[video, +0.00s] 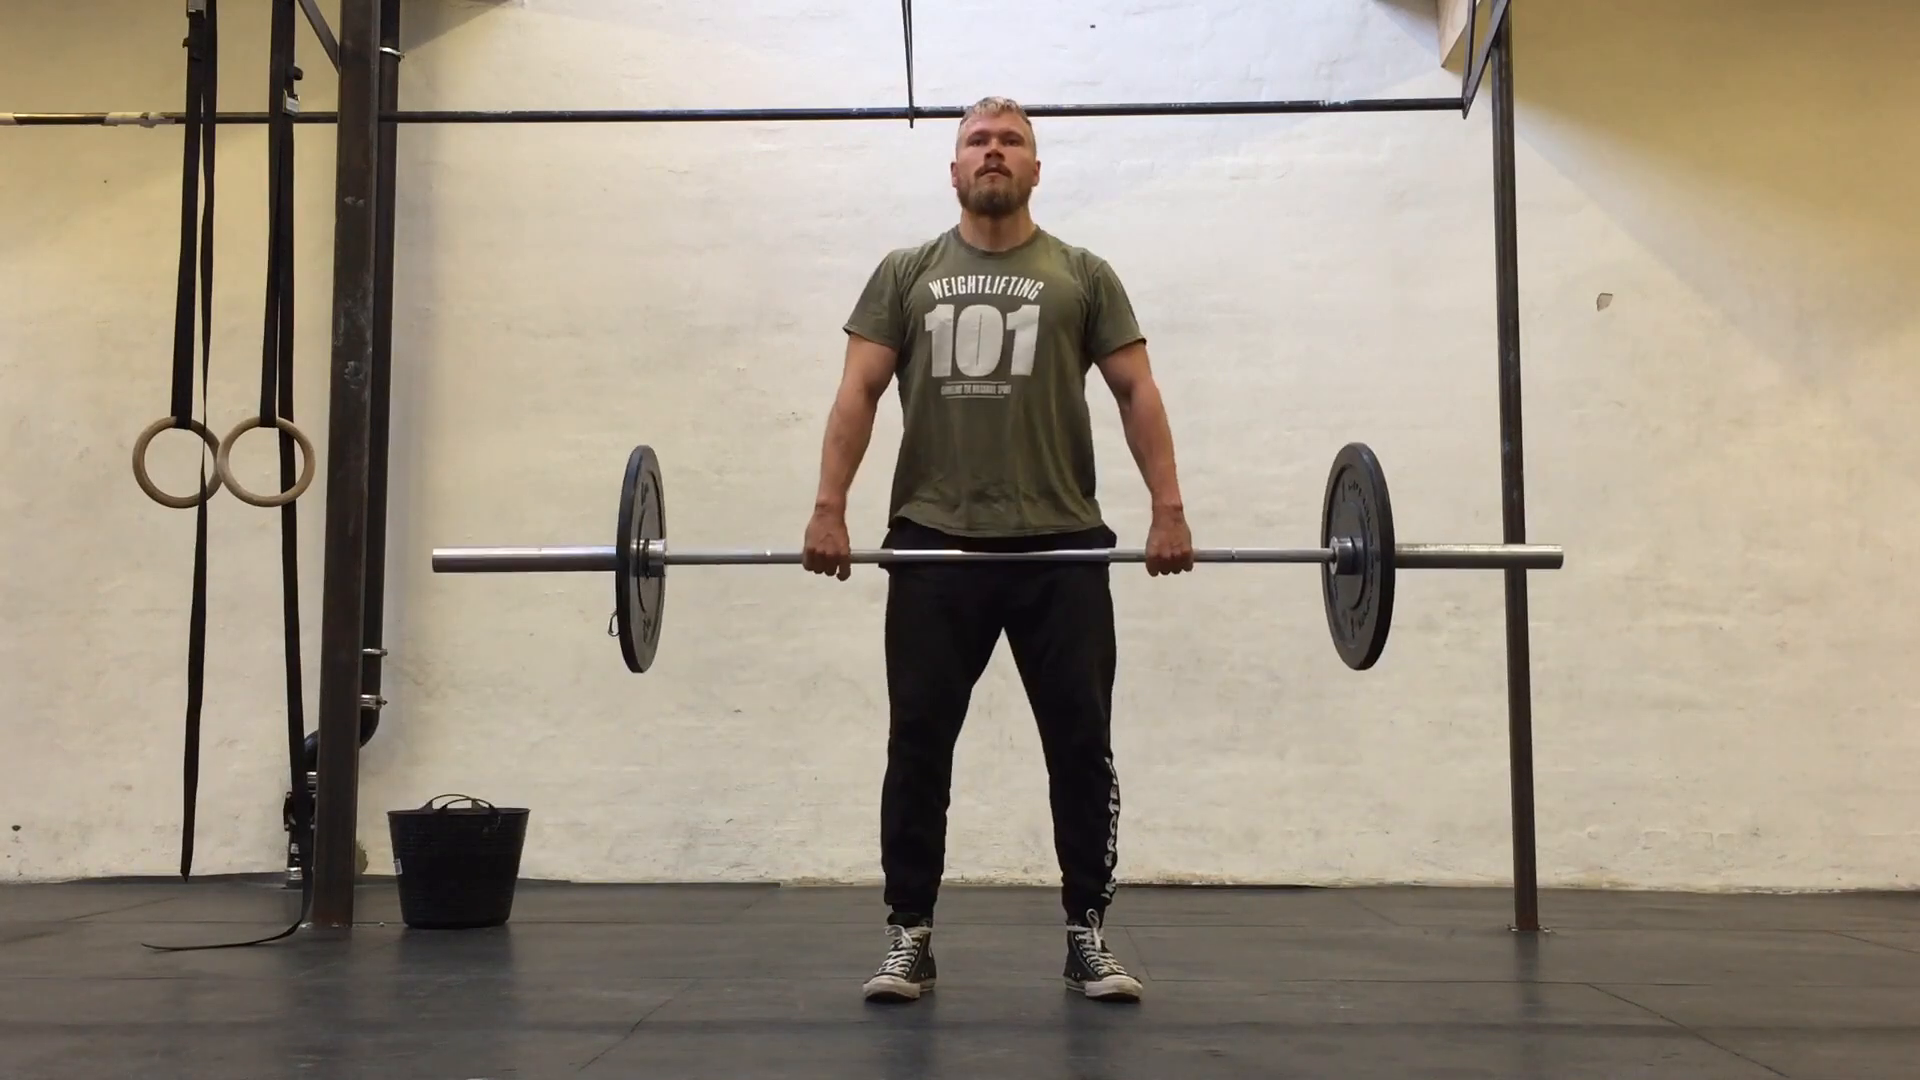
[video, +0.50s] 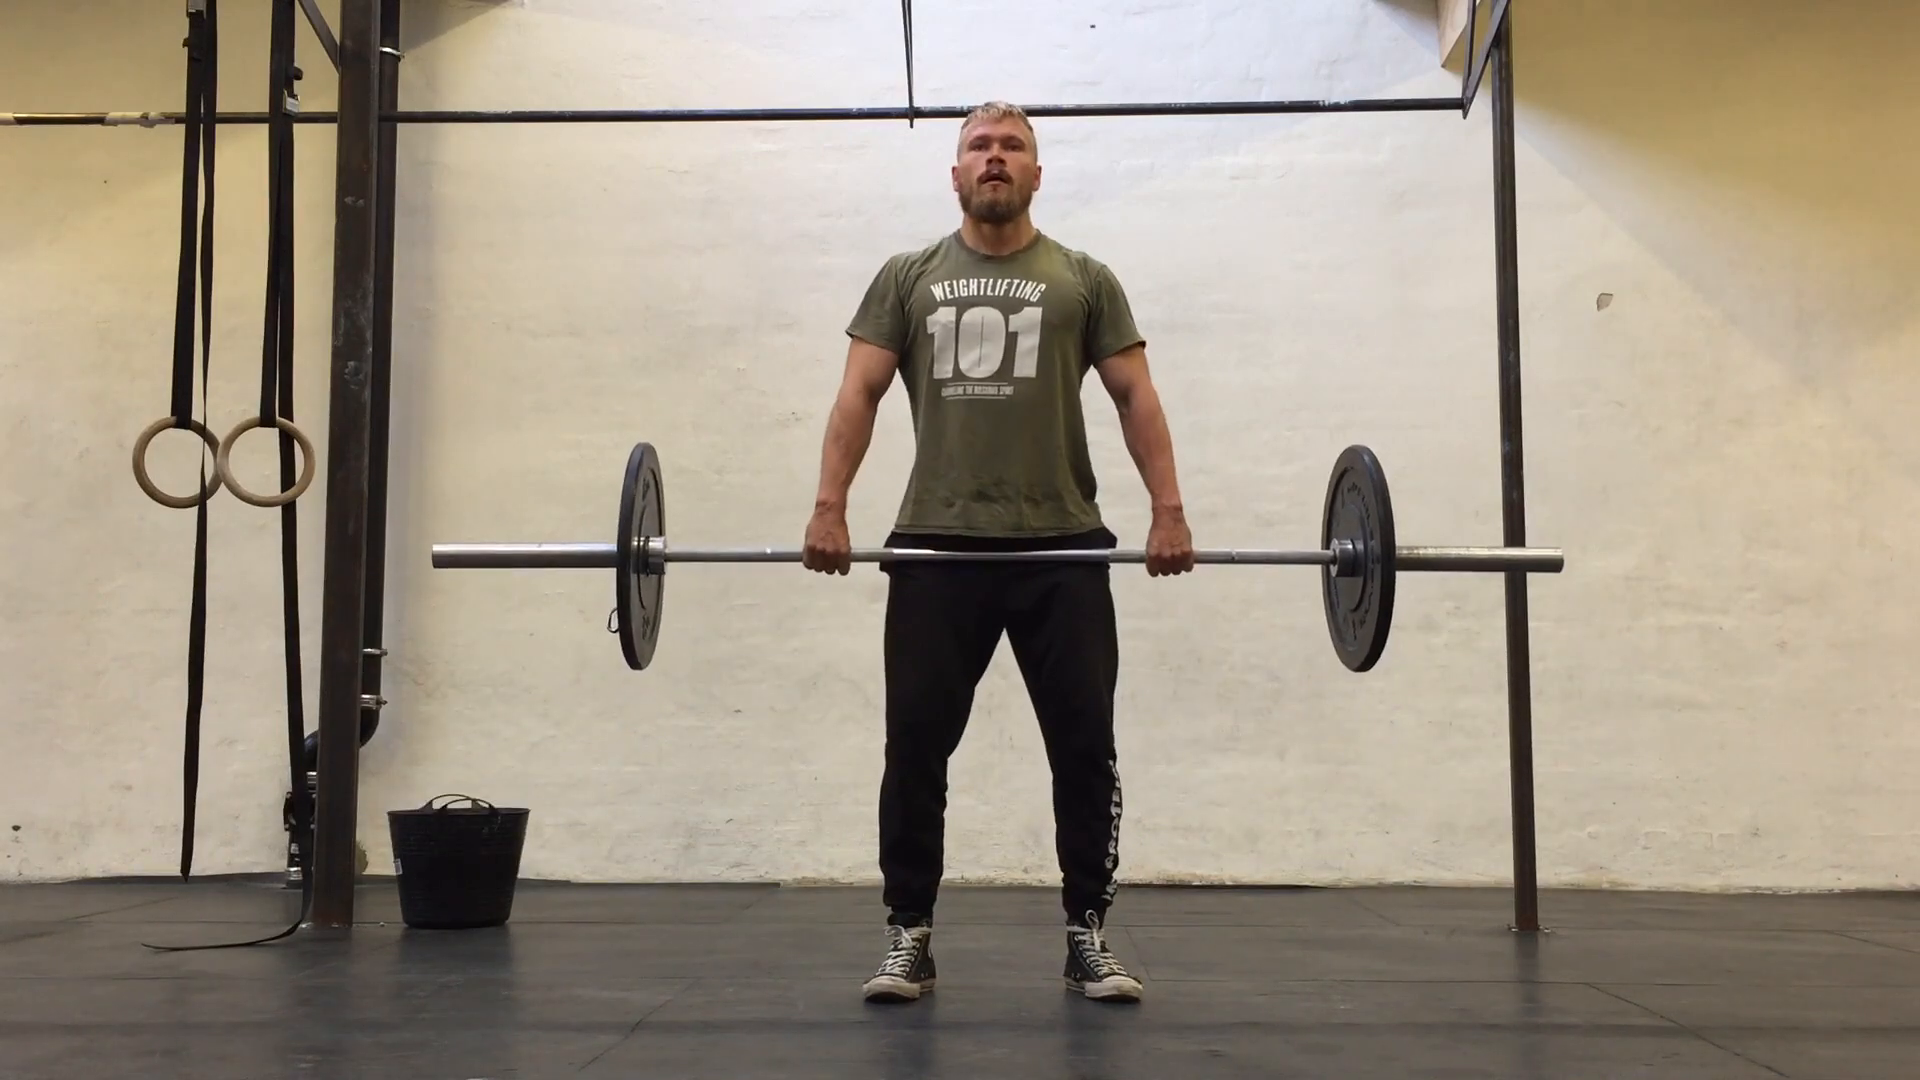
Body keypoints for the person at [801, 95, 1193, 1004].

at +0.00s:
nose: (992, 149)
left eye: (1010, 139)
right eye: (977, 139)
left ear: (1037, 169)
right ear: (953, 167)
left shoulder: (1082, 274)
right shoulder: (906, 273)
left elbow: (1135, 388)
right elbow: (858, 391)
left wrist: (1168, 507)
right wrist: (829, 507)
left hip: (1061, 543)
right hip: (935, 543)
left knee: (1081, 747)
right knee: (917, 745)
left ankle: (1088, 939)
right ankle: (908, 937)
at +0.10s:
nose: (993, 153)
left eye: (1010, 144)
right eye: (977, 143)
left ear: (1036, 172)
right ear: (953, 171)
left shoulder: (1082, 281)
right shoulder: (907, 278)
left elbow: (1133, 394)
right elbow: (859, 395)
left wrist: (1167, 511)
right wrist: (829, 509)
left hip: (1061, 548)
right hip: (935, 548)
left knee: (1083, 750)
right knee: (915, 750)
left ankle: (1089, 938)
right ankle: (907, 936)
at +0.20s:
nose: (993, 156)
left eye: (1011, 147)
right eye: (978, 146)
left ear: (1037, 175)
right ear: (954, 173)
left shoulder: (1081, 282)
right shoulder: (907, 280)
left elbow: (1133, 396)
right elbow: (860, 395)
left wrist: (1167, 509)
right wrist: (829, 508)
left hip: (1061, 549)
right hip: (935, 550)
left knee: (1083, 751)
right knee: (914, 751)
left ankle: (1089, 938)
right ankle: (907, 936)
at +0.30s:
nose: (993, 159)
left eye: (1010, 149)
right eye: (977, 148)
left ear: (1036, 176)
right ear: (954, 174)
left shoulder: (1082, 284)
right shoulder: (907, 282)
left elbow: (1133, 397)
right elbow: (860, 396)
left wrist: (1167, 510)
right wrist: (829, 508)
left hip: (1061, 550)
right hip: (936, 551)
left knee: (1083, 754)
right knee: (915, 752)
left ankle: (1089, 939)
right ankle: (907, 937)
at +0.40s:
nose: (993, 159)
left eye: (1010, 149)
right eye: (978, 148)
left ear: (1036, 176)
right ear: (954, 175)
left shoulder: (1082, 283)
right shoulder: (907, 282)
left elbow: (1133, 396)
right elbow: (860, 395)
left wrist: (1167, 510)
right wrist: (829, 507)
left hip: (1062, 549)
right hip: (937, 550)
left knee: (1084, 751)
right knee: (914, 750)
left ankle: (1088, 939)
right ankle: (907, 937)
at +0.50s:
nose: (994, 156)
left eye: (1011, 145)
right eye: (979, 145)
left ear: (1037, 173)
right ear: (955, 172)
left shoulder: (1084, 280)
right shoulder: (908, 278)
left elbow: (1135, 393)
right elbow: (859, 392)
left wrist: (1168, 508)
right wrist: (829, 506)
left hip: (1062, 549)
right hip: (937, 550)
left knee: (1085, 752)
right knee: (915, 750)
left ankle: (1089, 939)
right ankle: (907, 936)